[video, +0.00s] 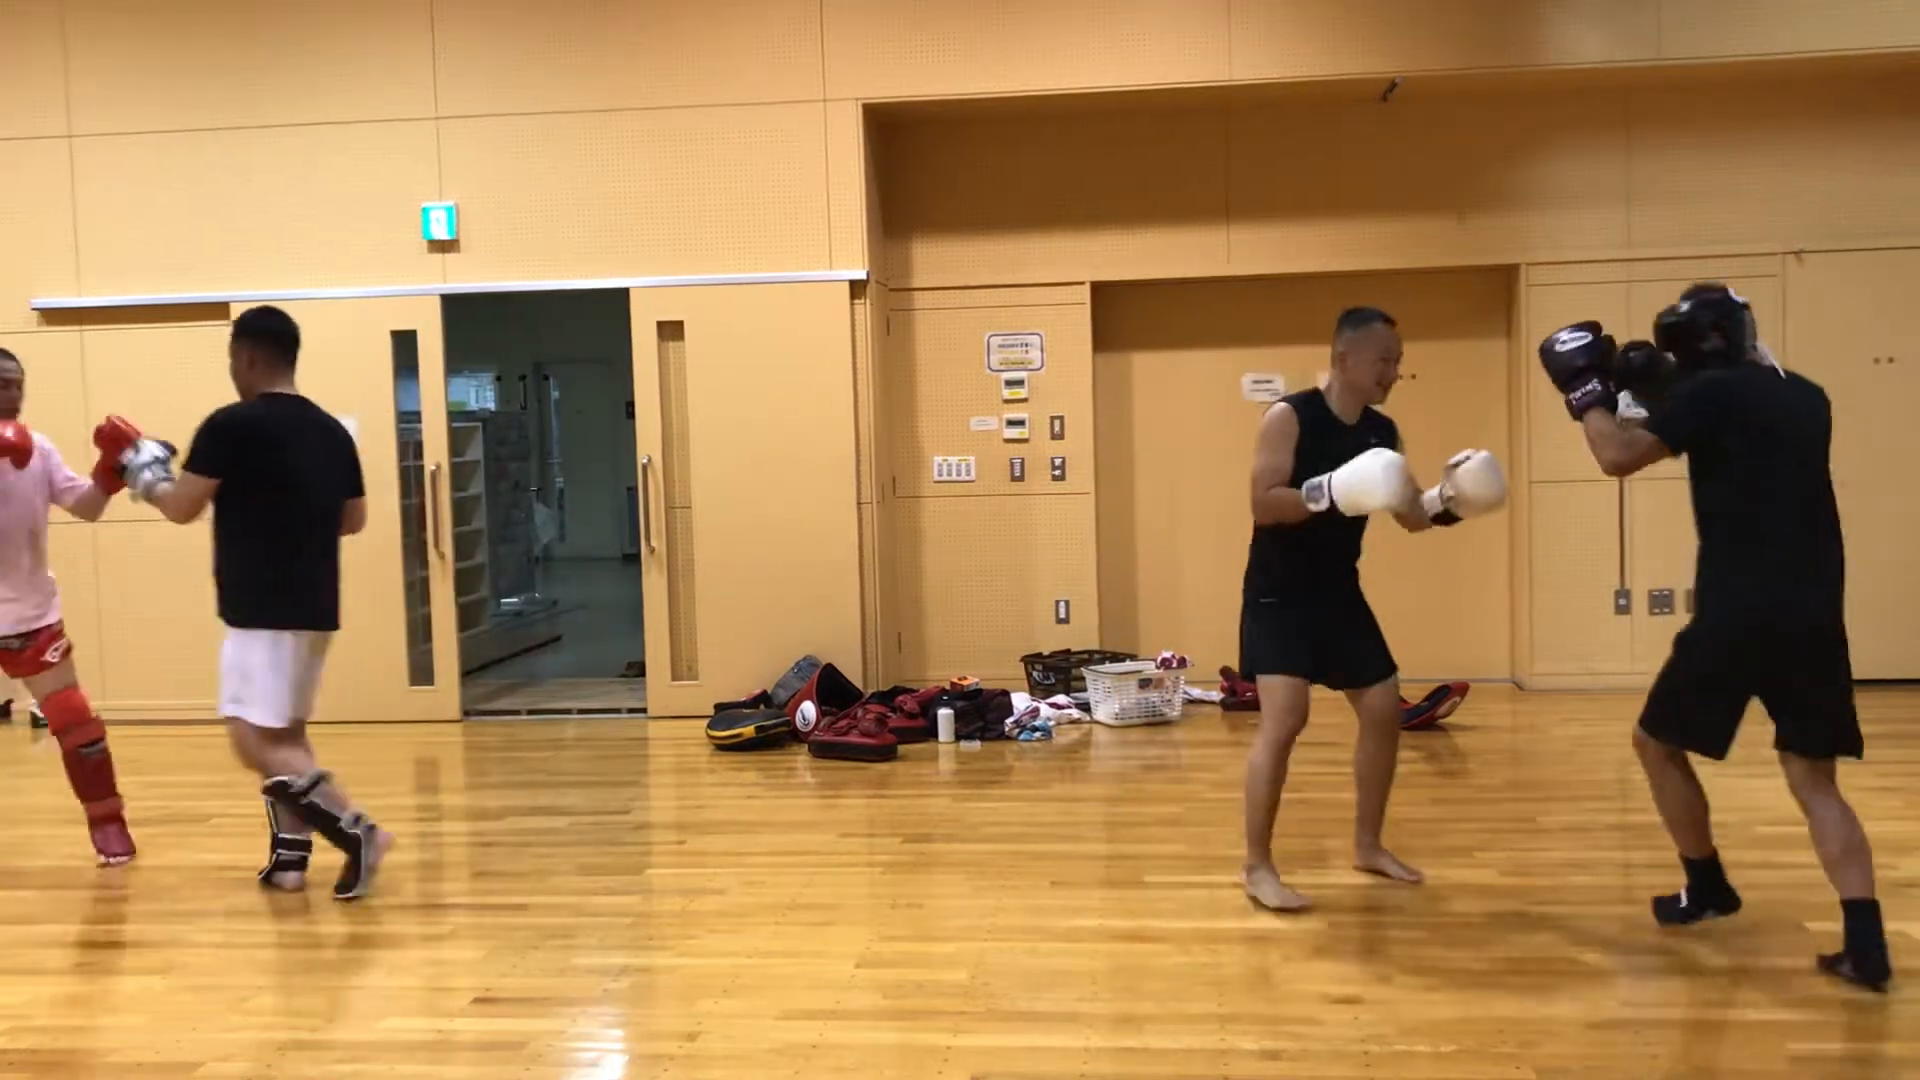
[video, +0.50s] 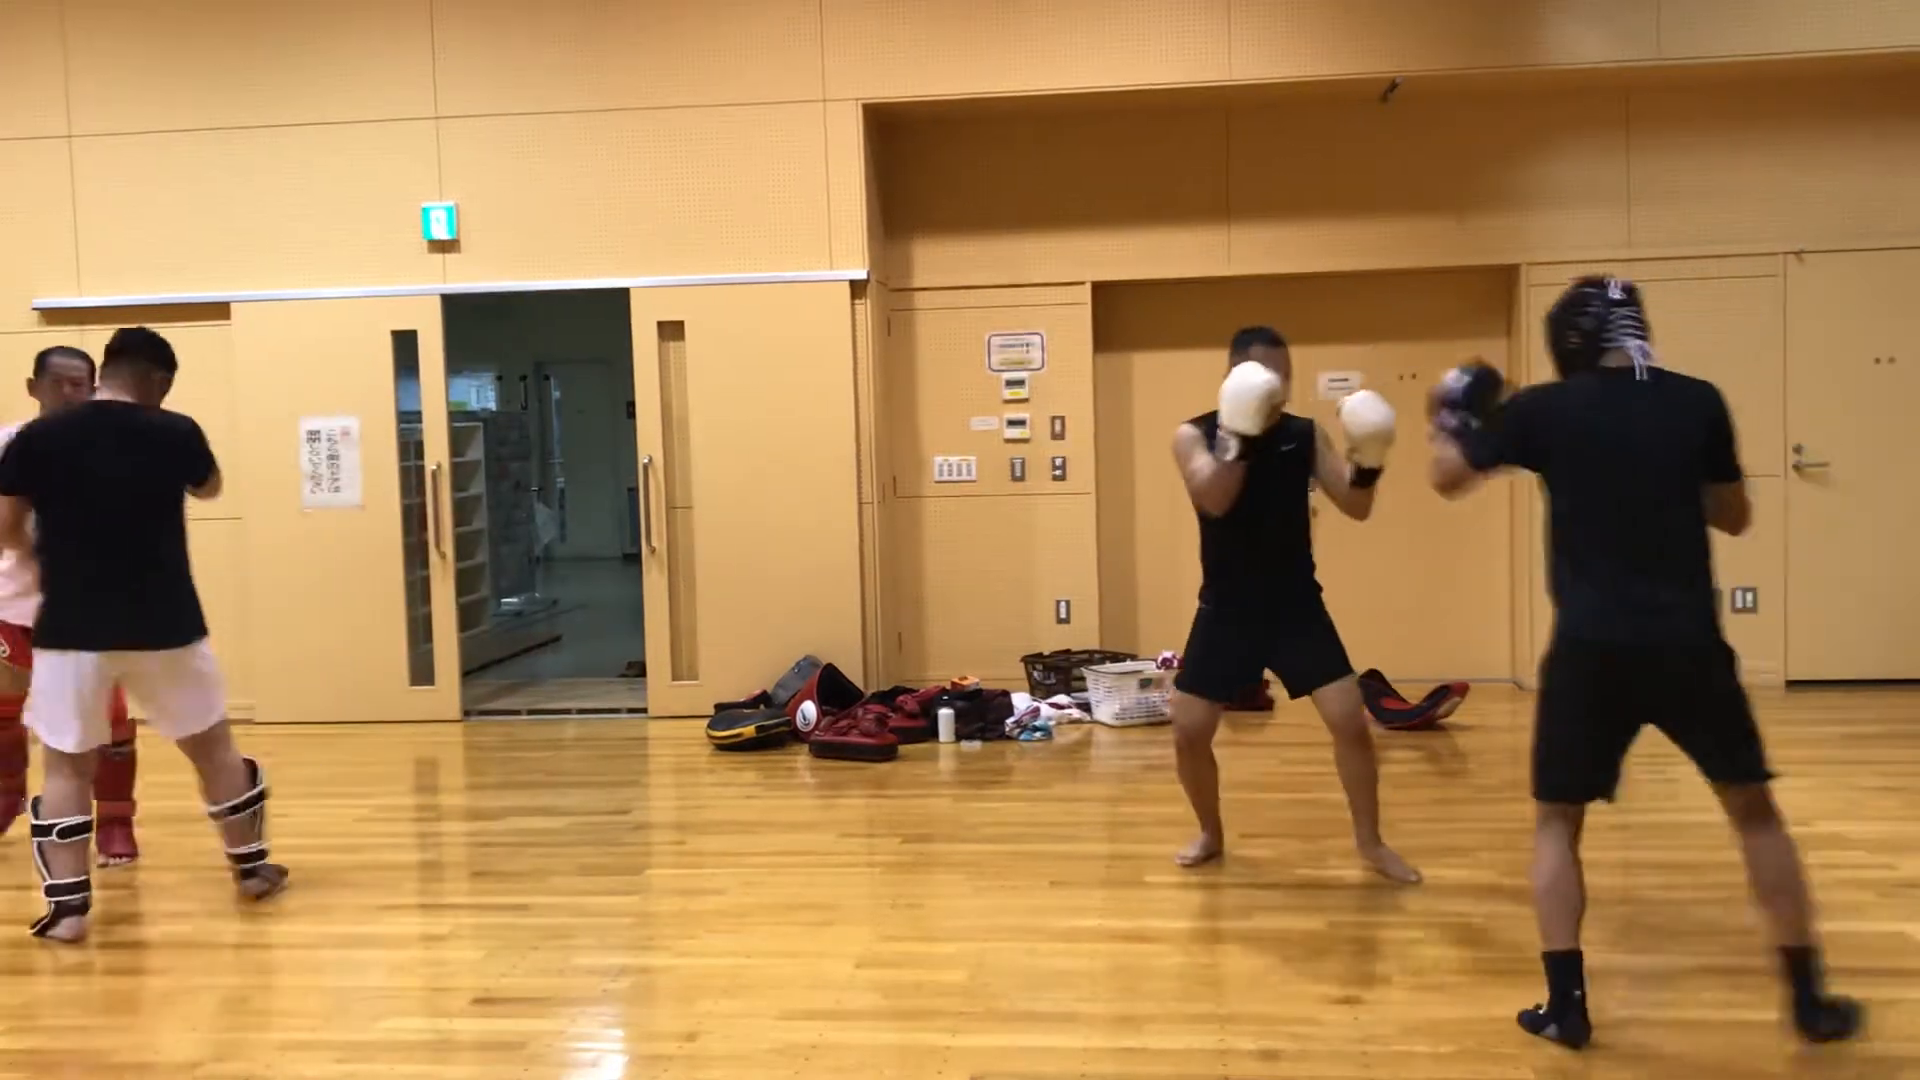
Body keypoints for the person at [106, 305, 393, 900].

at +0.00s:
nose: (231, 366)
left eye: (233, 356)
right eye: (233, 356)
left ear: (244, 357)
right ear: (292, 359)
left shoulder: (232, 426)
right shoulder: (330, 431)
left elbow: (181, 506)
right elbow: (353, 519)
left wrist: (146, 471)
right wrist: (285, 513)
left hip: (259, 607)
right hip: (316, 607)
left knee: (253, 739)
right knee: (286, 732)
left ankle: (355, 831)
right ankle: (289, 857)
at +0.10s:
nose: (210, 366)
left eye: (211, 356)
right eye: (212, 356)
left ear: (222, 356)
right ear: (271, 357)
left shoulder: (203, 420)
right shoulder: (308, 427)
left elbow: (131, 495)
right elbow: (315, 516)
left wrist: (109, 454)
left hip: (227, 607)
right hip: (294, 607)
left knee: (190, 734)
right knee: (279, 729)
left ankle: (280, 832)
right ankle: (295, 861)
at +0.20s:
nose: (182, 374)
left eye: (179, 364)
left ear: (178, 366)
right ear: (237, 365)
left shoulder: (164, 425)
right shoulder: (276, 433)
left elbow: (90, 485)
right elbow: (258, 499)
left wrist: (65, 444)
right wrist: (160, 472)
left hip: (187, 616)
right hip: (262, 615)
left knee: (142, 739)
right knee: (266, 736)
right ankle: (290, 863)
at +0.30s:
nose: (148, 384)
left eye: (145, 375)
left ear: (142, 375)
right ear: (203, 374)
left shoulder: (120, 438)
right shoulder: (242, 440)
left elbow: (50, 487)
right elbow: (248, 507)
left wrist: (53, 434)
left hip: (143, 627)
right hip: (226, 627)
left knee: (104, 759)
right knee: (250, 743)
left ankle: (75, 901)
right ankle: (287, 863)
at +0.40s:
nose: (122, 382)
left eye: (120, 373)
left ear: (119, 374)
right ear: (181, 379)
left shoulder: (89, 442)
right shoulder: (215, 442)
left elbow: (29, 506)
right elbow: (236, 509)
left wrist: (72, 454)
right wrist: (176, 489)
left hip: (112, 634)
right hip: (199, 633)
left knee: (84, 765)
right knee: (236, 747)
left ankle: (71, 906)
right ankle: (283, 863)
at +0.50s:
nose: (164, 395)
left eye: (164, 388)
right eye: (166, 387)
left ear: (102, 370)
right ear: (160, 383)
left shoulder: (38, 437)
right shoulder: (174, 432)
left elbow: (12, 531)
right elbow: (209, 488)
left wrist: (45, 545)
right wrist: (150, 440)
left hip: (70, 630)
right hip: (162, 626)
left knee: (65, 763)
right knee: (212, 746)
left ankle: (68, 910)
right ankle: (252, 869)